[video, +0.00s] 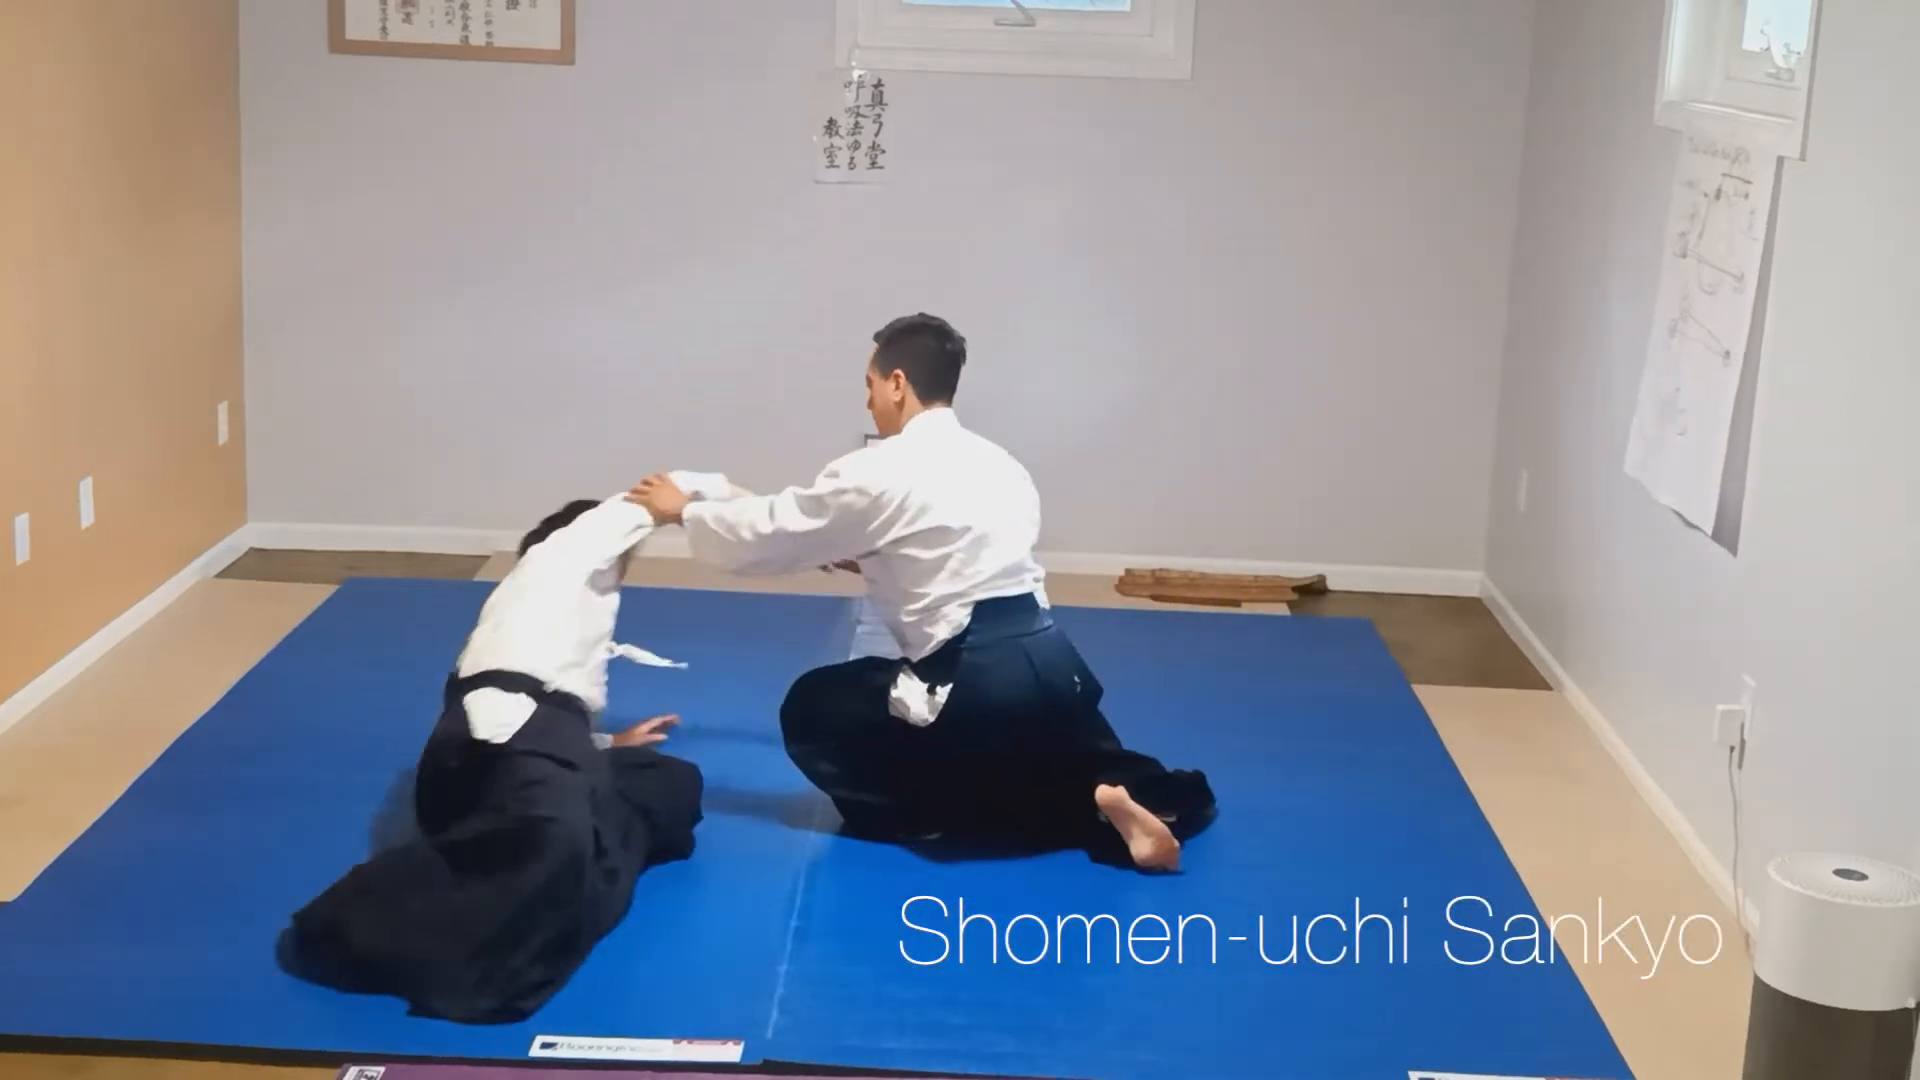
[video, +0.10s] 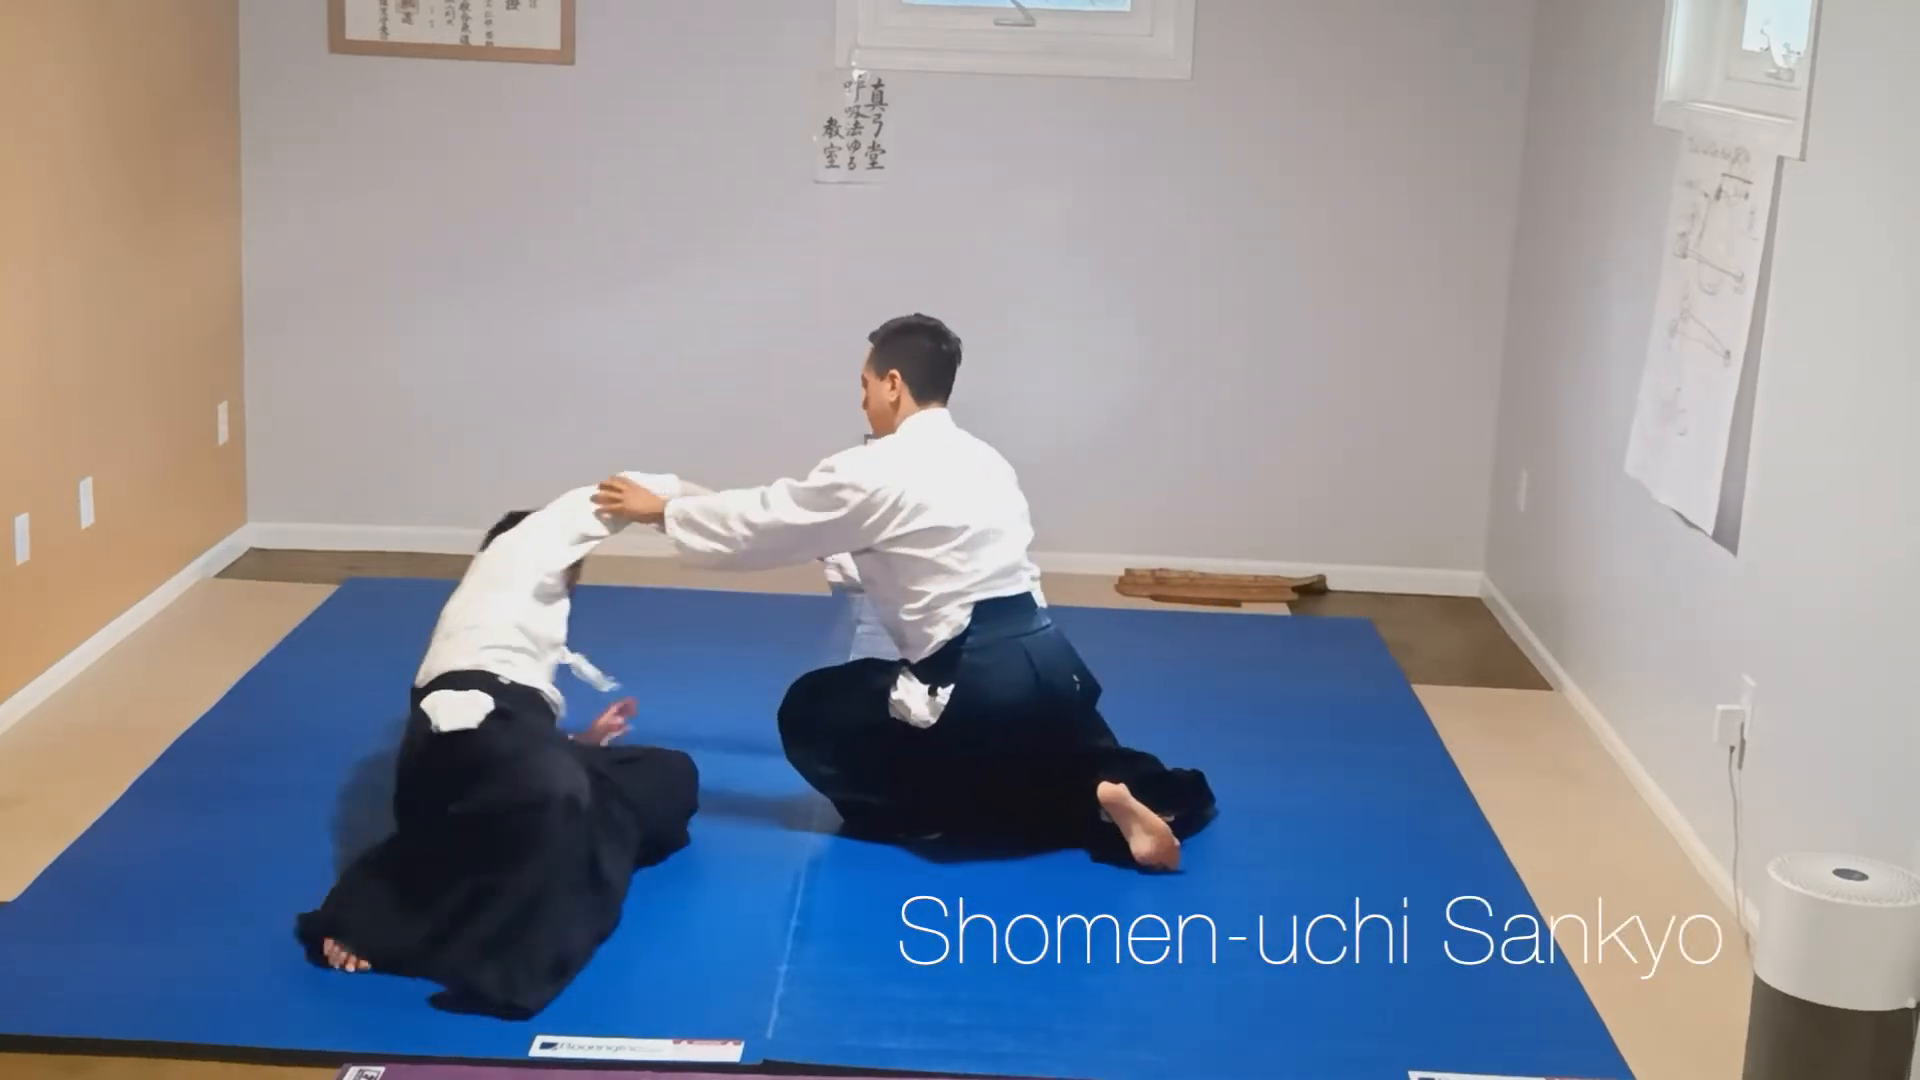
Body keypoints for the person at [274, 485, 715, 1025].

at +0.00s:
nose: (623, 564)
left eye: (623, 555)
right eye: (617, 546)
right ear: (582, 531)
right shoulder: (562, 554)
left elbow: (540, 719)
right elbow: (666, 494)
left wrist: (614, 743)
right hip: (516, 721)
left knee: (673, 781)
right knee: (553, 842)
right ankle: (344, 932)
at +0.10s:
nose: (575, 576)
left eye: (576, 567)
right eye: (570, 559)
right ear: (533, 539)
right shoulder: (516, 553)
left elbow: (515, 732)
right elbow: (621, 492)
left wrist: (585, 744)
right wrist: (702, 504)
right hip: (477, 713)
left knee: (672, 776)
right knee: (550, 795)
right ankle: (371, 917)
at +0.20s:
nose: (543, 573)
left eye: (541, 561)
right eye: (534, 552)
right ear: (505, 522)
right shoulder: (486, 536)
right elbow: (599, 490)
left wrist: (580, 742)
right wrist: (693, 504)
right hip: (471, 705)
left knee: (666, 772)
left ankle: (634, 864)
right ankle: (371, 892)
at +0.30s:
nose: (532, 553)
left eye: (533, 542)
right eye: (521, 536)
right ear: (482, 526)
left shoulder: (500, 645)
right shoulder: (460, 537)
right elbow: (552, 484)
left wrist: (577, 742)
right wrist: (655, 487)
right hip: (456, 694)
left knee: (665, 759)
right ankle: (353, 866)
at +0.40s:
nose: (525, 562)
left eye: (528, 548)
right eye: (517, 545)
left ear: (513, 548)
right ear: (485, 532)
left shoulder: (501, 638)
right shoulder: (450, 539)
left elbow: (503, 742)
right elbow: (542, 473)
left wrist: (576, 736)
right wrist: (644, 483)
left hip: (492, 744)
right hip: (426, 698)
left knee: (664, 753)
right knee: (537, 836)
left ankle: (787, 829)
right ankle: (372, 873)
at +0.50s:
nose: (528, 560)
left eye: (530, 546)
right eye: (521, 543)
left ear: (512, 551)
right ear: (488, 535)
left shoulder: (500, 641)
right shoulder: (445, 548)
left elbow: (503, 737)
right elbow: (523, 466)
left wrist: (577, 736)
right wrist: (623, 479)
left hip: (499, 771)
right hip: (419, 742)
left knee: (653, 767)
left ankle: (822, 814)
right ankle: (362, 866)